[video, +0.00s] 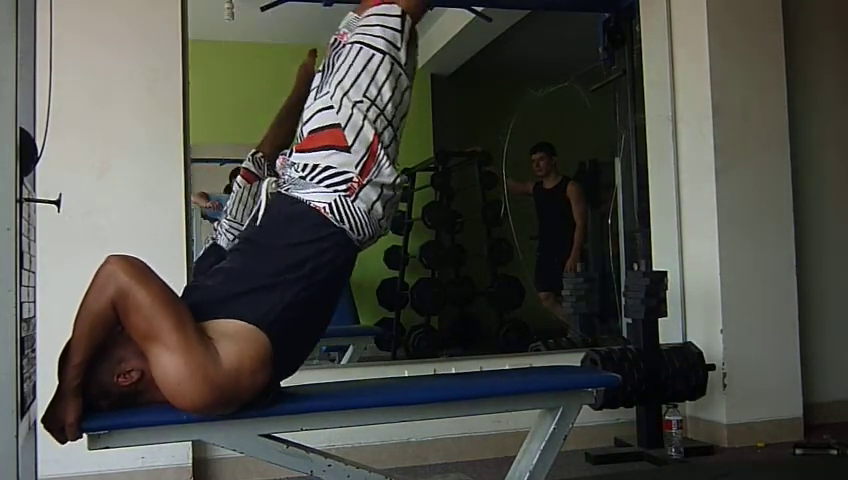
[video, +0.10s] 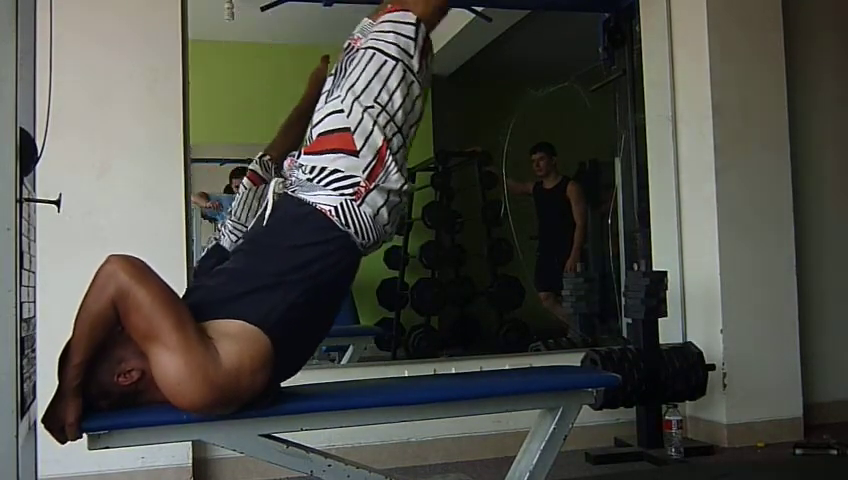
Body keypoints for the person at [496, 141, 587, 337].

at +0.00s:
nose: (536, 165)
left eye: (541, 160)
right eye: (534, 161)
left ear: (552, 161)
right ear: (532, 164)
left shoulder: (570, 187)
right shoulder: (536, 187)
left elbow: (581, 224)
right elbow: (511, 185)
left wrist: (574, 256)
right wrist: (488, 167)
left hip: (567, 250)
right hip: (546, 249)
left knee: (568, 296)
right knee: (546, 297)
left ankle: (576, 335)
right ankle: (577, 329)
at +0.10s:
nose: (536, 165)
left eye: (541, 160)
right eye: (534, 161)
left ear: (552, 161)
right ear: (532, 164)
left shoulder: (570, 187)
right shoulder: (536, 187)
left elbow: (580, 224)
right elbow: (511, 185)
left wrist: (574, 256)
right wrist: (489, 167)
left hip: (566, 249)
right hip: (545, 249)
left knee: (567, 296)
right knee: (546, 297)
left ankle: (575, 336)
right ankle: (577, 329)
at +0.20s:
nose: (536, 165)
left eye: (541, 160)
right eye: (534, 161)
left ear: (552, 161)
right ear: (532, 164)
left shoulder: (570, 188)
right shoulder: (536, 187)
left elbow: (580, 224)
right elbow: (510, 185)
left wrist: (574, 256)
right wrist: (488, 166)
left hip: (567, 249)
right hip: (546, 249)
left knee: (567, 296)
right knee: (546, 297)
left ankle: (574, 336)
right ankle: (578, 329)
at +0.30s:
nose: (537, 165)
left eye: (541, 160)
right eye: (534, 161)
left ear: (553, 161)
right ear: (532, 164)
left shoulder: (570, 187)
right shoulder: (536, 187)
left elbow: (580, 224)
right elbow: (511, 186)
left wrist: (574, 257)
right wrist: (491, 171)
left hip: (567, 249)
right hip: (546, 249)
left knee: (568, 296)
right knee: (546, 297)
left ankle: (574, 335)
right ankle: (578, 330)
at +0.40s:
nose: (537, 165)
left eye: (541, 160)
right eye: (534, 161)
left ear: (553, 161)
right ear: (532, 164)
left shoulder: (570, 187)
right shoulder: (536, 187)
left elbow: (580, 224)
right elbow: (513, 186)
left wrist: (574, 257)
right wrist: (495, 174)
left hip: (566, 249)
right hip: (546, 249)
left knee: (568, 296)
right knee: (546, 298)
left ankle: (574, 335)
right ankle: (578, 330)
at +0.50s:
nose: (536, 165)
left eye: (541, 160)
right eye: (534, 161)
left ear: (552, 161)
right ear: (531, 164)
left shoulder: (570, 187)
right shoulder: (536, 187)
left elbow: (580, 224)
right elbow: (512, 186)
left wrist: (574, 257)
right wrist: (493, 174)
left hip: (567, 250)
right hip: (546, 249)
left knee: (568, 296)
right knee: (546, 297)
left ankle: (575, 335)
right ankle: (577, 329)